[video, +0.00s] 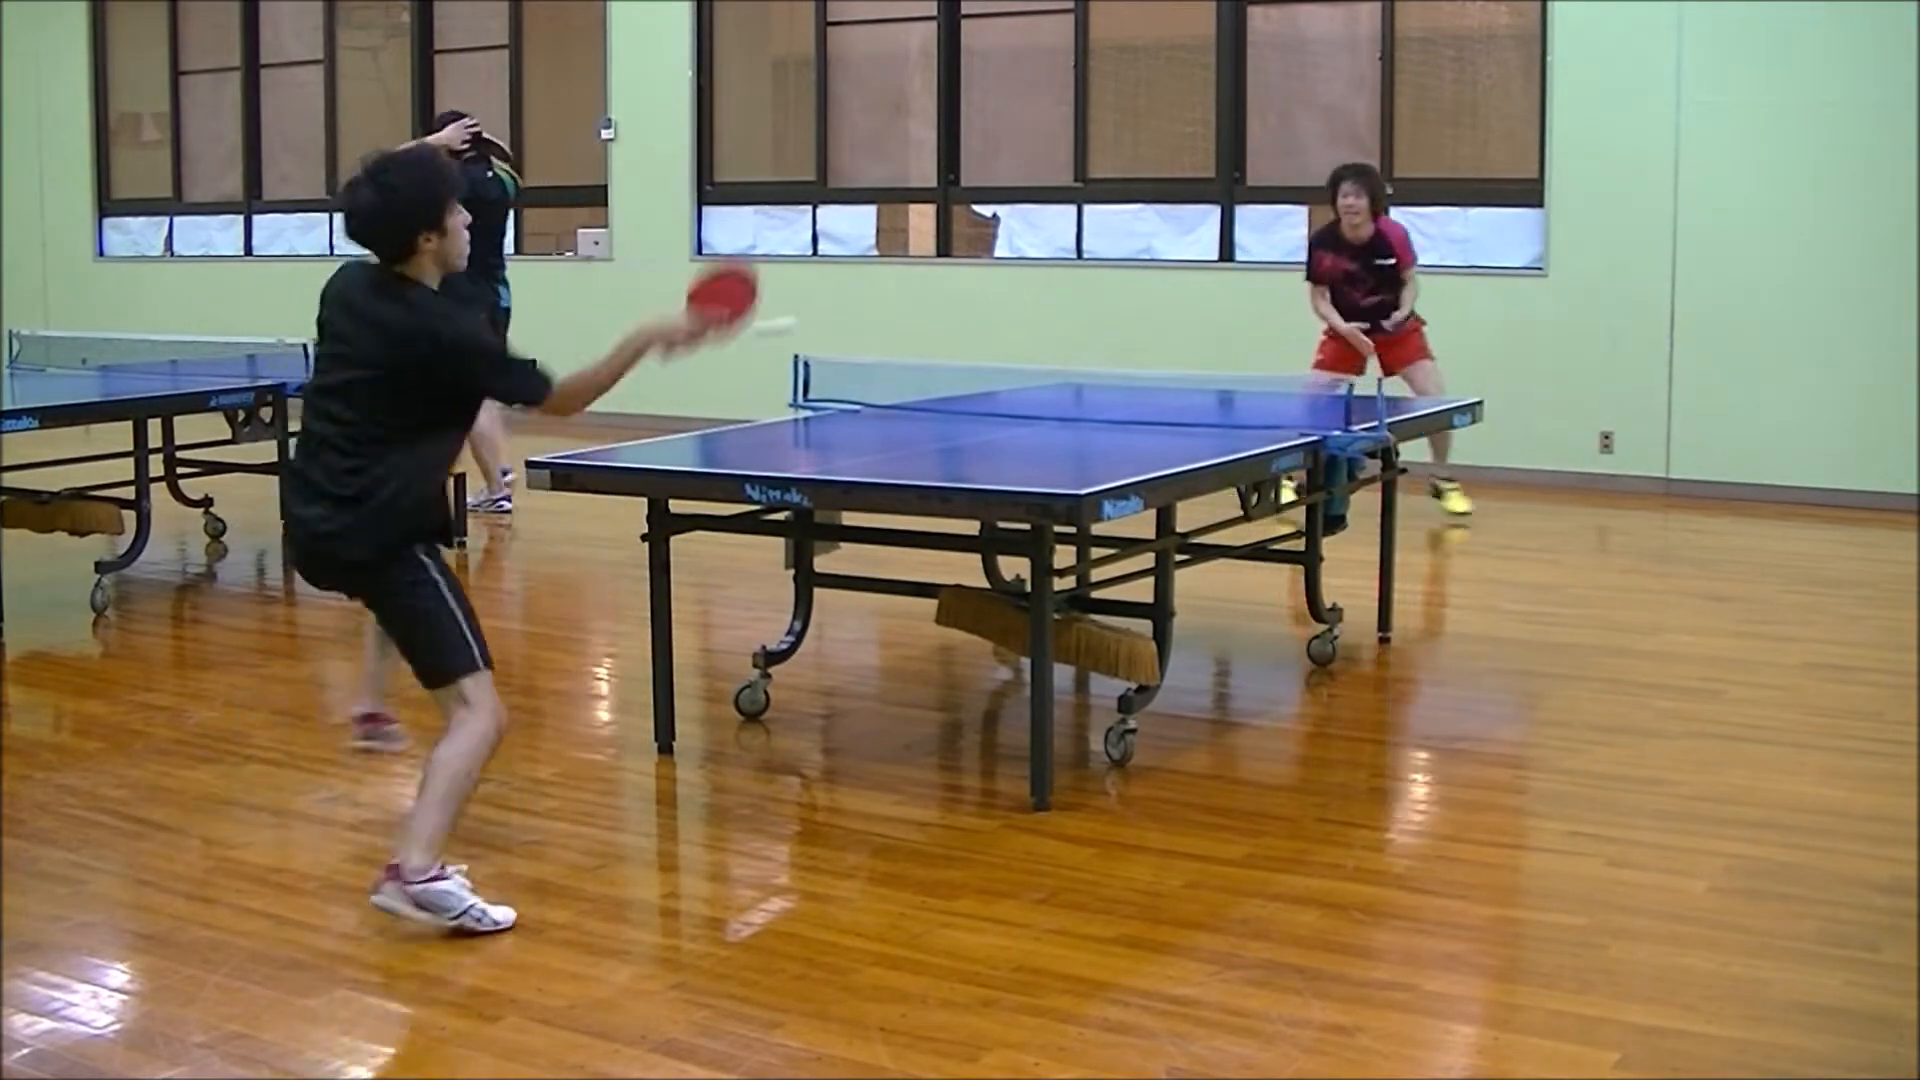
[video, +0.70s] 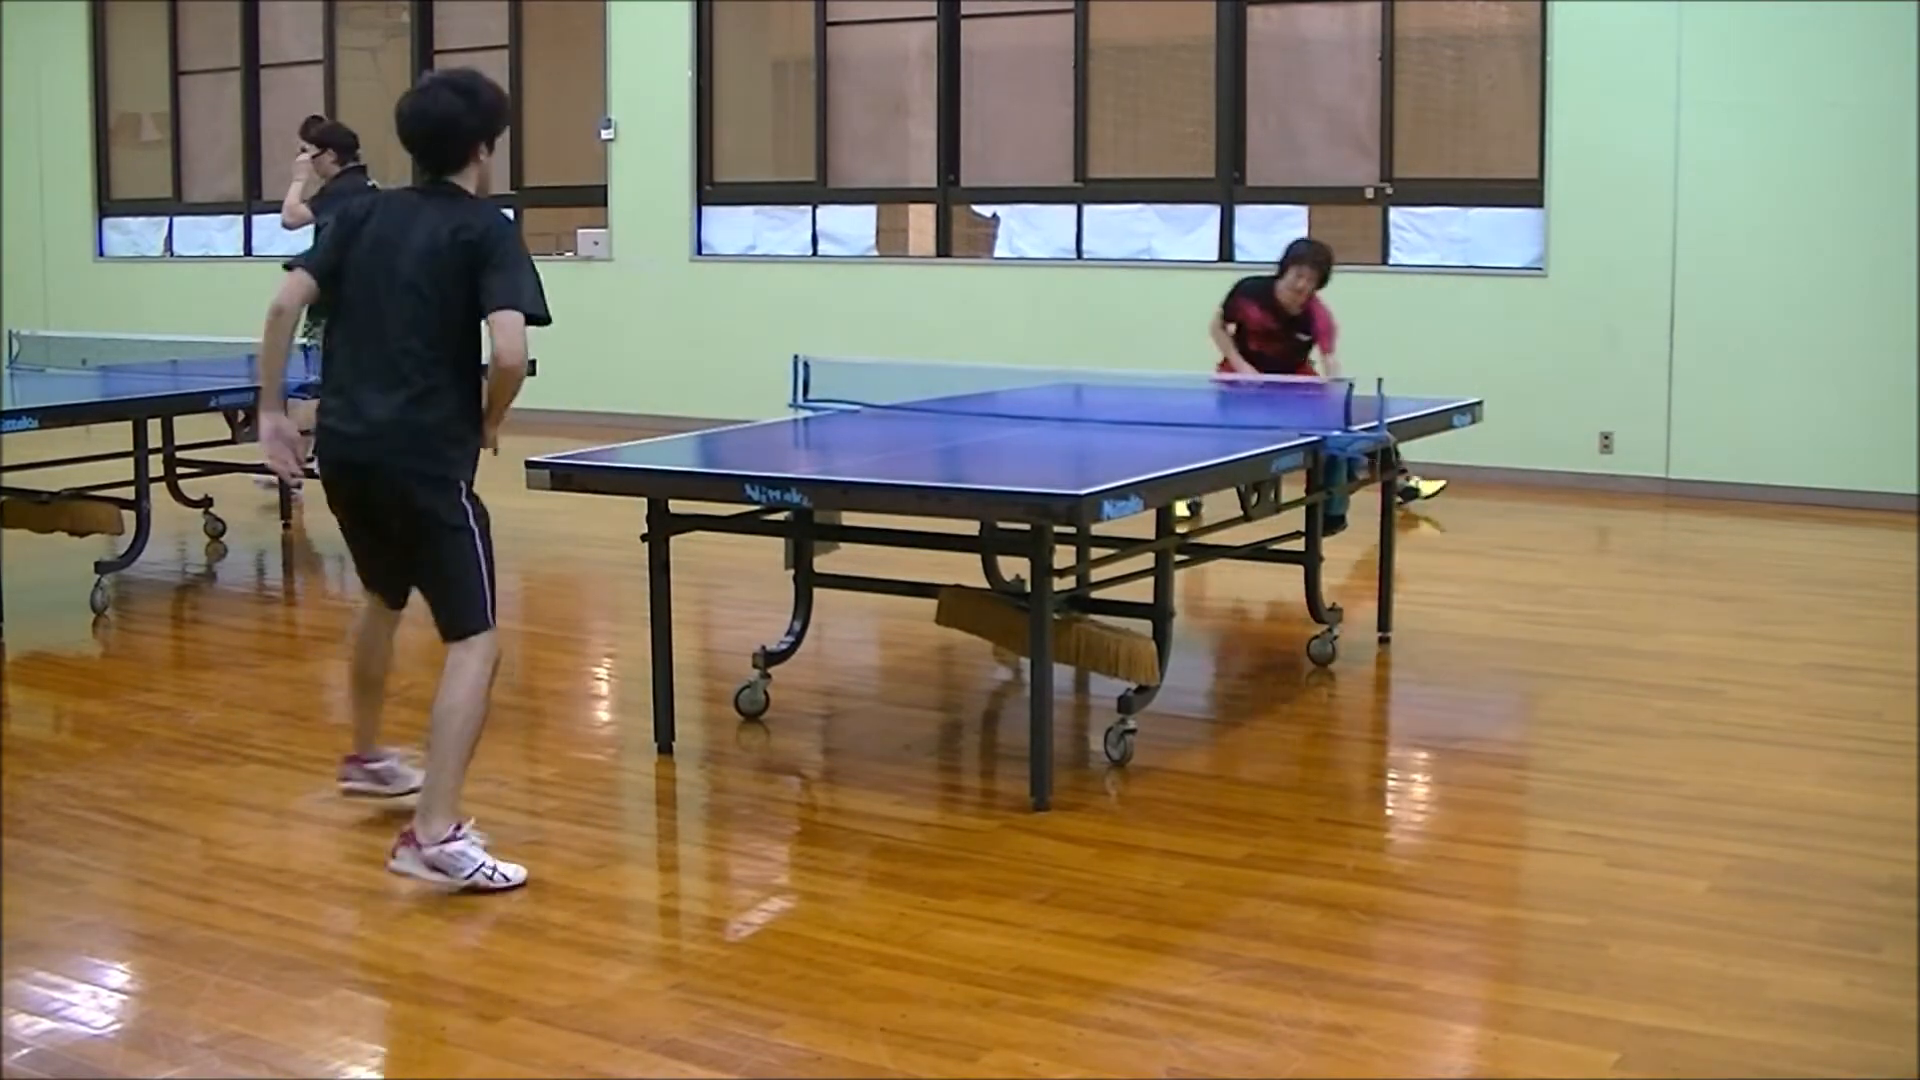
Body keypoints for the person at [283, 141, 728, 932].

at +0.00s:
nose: (470, 226)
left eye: (463, 213)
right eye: (458, 217)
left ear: (394, 234)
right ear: (425, 239)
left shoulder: (344, 287)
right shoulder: (444, 328)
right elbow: (559, 401)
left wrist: (422, 153)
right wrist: (643, 340)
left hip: (313, 521)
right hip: (382, 536)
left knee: (401, 570)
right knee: (479, 709)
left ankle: (369, 705)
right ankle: (415, 870)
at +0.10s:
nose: (479, 257)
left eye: (476, 245)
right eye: (474, 246)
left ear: (395, 258)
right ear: (453, 258)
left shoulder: (344, 331)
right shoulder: (477, 337)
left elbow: (307, 403)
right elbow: (595, 351)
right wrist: (628, 252)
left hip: (343, 577)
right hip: (428, 578)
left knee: (455, 619)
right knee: (477, 756)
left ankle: (439, 762)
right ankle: (454, 866)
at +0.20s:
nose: (482, 303)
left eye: (477, 290)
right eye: (478, 293)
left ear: (401, 302)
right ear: (462, 301)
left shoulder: (352, 387)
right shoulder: (491, 373)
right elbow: (588, 364)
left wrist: (388, 481)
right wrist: (578, 277)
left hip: (369, 613)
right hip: (457, 612)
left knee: (432, 660)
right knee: (513, 777)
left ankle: (456, 775)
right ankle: (457, 858)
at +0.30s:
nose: (484, 306)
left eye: (482, 295)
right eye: (480, 296)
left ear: (399, 304)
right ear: (463, 302)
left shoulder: (355, 386)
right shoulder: (497, 376)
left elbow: (308, 500)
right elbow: (557, 434)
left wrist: (358, 549)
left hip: (389, 602)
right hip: (476, 603)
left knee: (437, 655)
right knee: (512, 773)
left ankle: (457, 771)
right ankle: (470, 846)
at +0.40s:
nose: (487, 272)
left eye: (483, 260)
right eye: (484, 262)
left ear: (405, 269)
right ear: (472, 272)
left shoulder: (362, 344)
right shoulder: (505, 346)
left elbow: (284, 436)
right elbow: (538, 469)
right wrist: (487, 435)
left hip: (379, 561)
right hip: (463, 568)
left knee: (441, 640)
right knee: (498, 736)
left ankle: (455, 774)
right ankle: (458, 840)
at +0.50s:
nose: (492, 218)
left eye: (491, 206)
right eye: (490, 207)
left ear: (412, 207)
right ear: (474, 215)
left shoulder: (365, 278)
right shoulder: (497, 291)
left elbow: (273, 337)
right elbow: (516, 424)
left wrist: (216, 452)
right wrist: (491, 448)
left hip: (371, 500)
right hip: (453, 505)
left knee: (450, 624)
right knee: (496, 680)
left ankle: (465, 783)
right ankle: (453, 812)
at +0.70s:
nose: (499, 153)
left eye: (495, 139)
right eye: (494, 142)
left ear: (413, 145)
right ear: (477, 151)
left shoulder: (357, 211)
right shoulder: (488, 228)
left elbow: (284, 303)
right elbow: (510, 353)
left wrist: (270, 408)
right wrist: (492, 415)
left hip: (346, 451)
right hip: (428, 463)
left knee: (381, 595)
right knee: (474, 642)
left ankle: (365, 755)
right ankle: (436, 834)